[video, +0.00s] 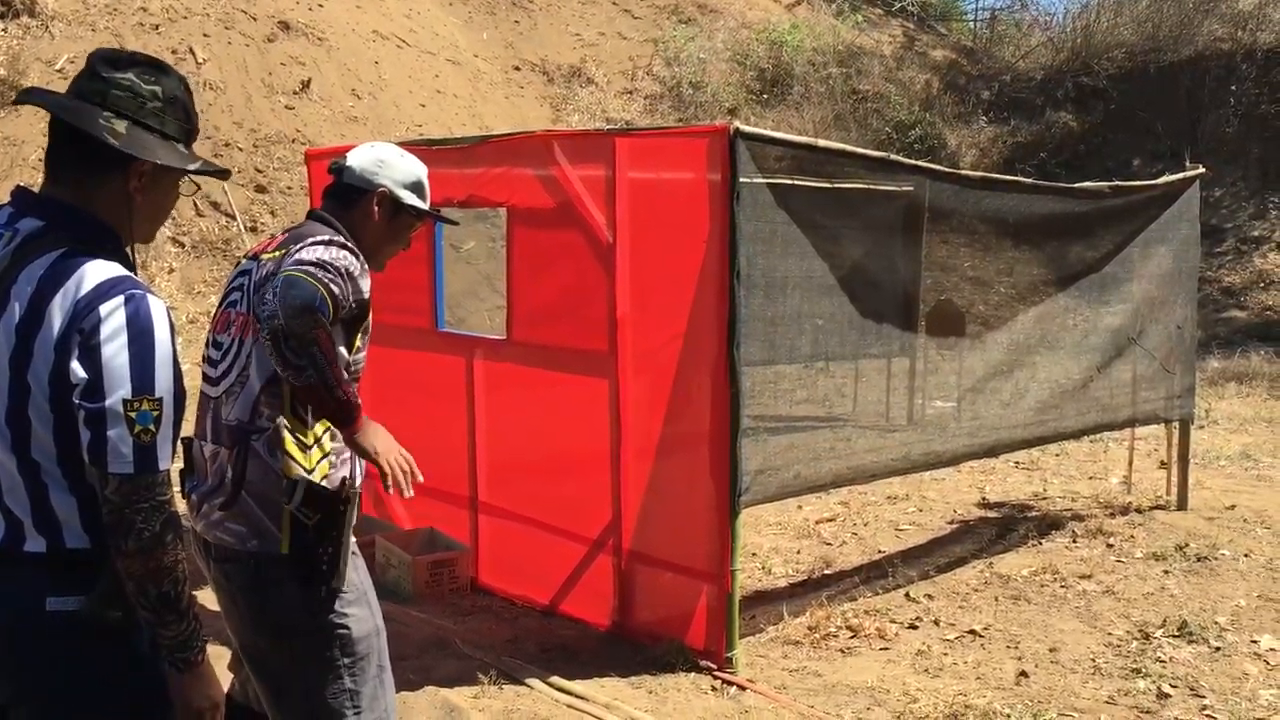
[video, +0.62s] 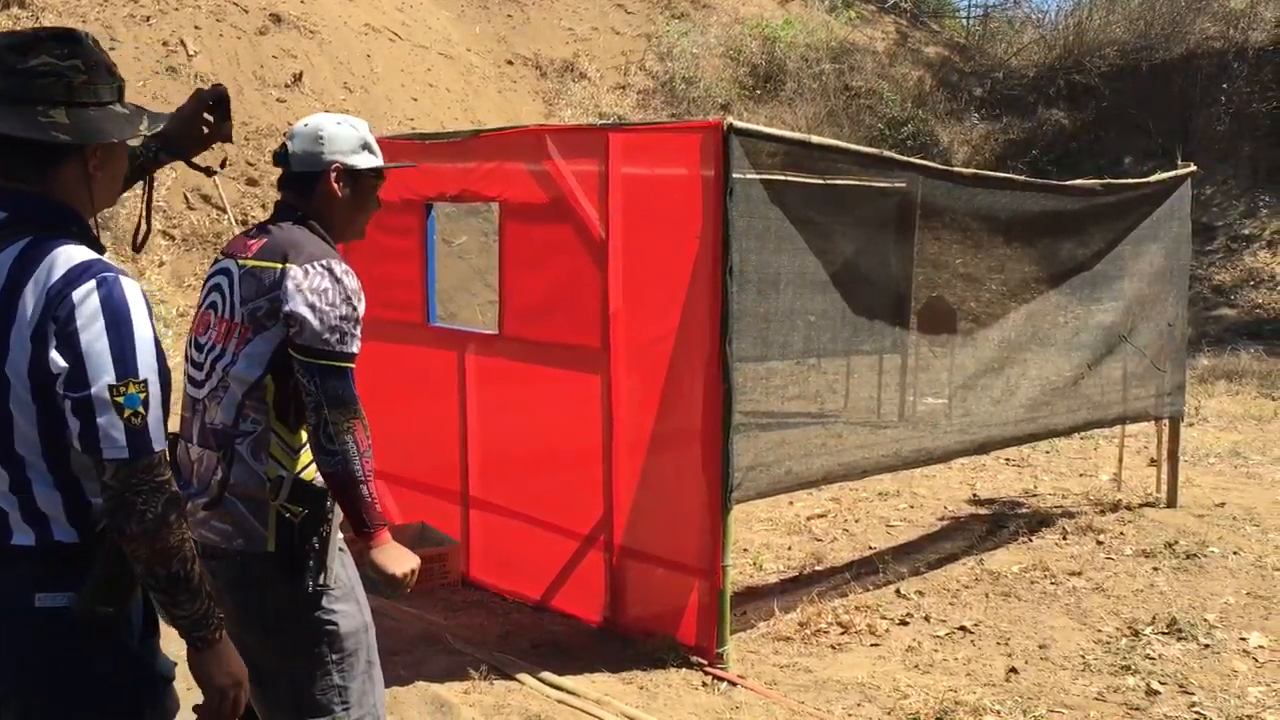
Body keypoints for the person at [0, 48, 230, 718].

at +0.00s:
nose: (175, 201)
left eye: (180, 183)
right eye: (177, 182)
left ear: (62, 150)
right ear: (138, 179)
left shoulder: (8, 239)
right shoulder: (121, 310)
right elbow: (139, 523)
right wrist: (189, 657)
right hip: (78, 617)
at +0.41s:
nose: (150, 164)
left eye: (149, 148)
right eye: (145, 149)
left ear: (24, 145)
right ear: (113, 161)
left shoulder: (6, 248)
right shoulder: (106, 299)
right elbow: (137, 509)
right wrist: (193, 643)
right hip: (75, 612)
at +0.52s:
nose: (138, 164)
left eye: (141, 147)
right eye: (135, 148)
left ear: (14, 149)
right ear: (99, 160)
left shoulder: (11, 258)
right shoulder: (98, 293)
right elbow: (141, 507)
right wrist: (201, 641)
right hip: (76, 618)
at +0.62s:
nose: (131, 158)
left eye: (134, 143)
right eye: (124, 144)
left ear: (12, 147)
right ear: (87, 159)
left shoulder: (7, 247)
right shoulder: (91, 292)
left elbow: (70, 194)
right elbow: (141, 503)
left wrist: (164, 146)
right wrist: (208, 637)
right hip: (76, 611)